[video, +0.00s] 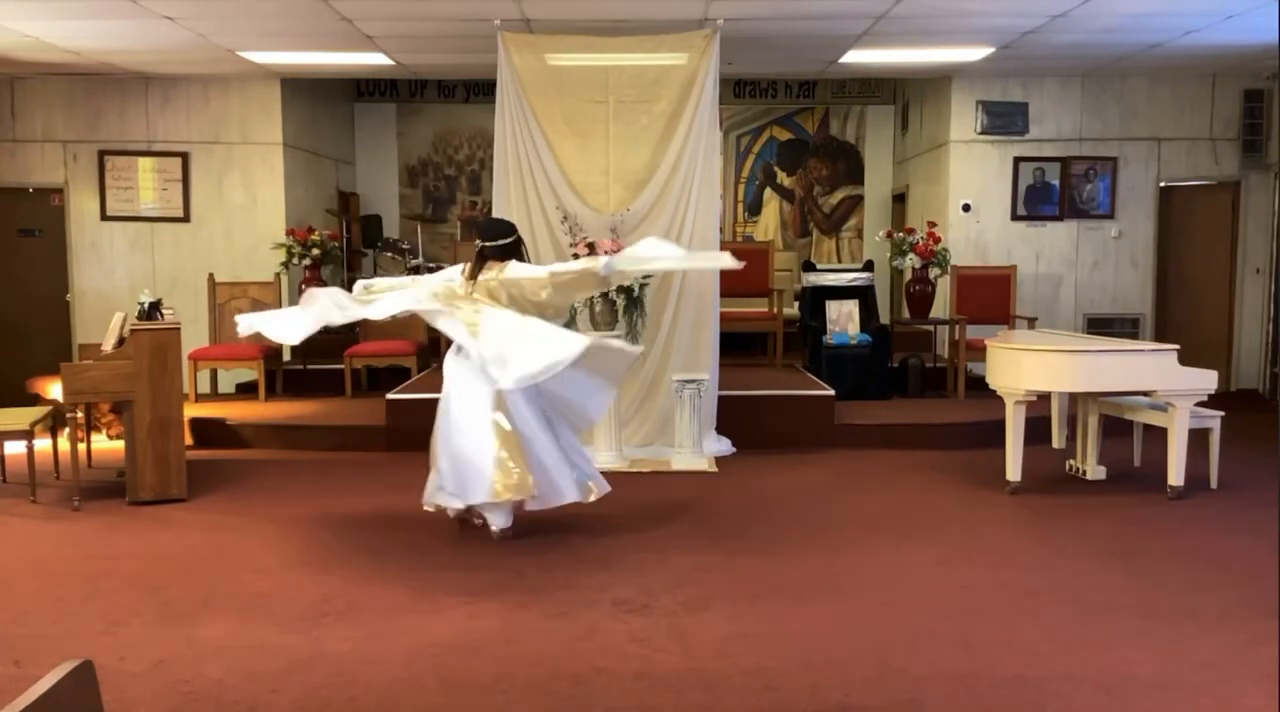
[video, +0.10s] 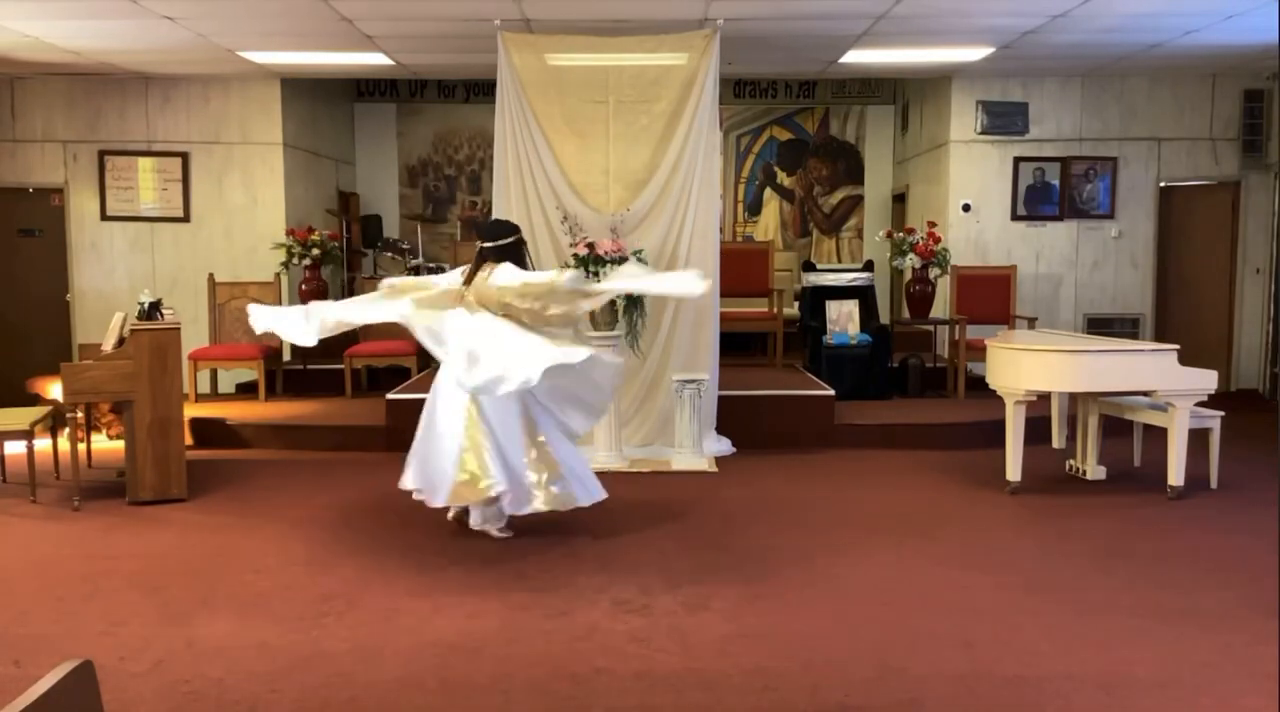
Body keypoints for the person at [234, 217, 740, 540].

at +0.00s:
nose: (509, 261)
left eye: (501, 255)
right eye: (510, 255)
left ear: (477, 253)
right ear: (509, 254)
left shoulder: (453, 285)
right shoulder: (518, 281)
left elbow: (403, 295)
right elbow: (566, 276)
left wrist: (354, 298)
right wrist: (609, 261)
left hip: (465, 372)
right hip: (507, 372)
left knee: (462, 432)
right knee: (504, 434)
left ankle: (464, 501)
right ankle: (499, 512)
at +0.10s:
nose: (518, 262)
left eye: (511, 254)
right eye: (516, 255)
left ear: (481, 249)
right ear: (508, 252)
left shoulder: (462, 281)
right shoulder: (504, 280)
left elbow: (413, 289)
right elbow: (550, 291)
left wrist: (384, 289)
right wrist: (598, 288)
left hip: (465, 375)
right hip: (493, 377)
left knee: (471, 438)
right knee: (493, 439)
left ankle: (472, 506)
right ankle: (487, 511)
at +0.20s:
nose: (527, 258)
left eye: (518, 252)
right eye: (524, 252)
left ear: (489, 250)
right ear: (515, 251)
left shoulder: (474, 281)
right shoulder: (505, 283)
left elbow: (429, 296)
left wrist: (382, 305)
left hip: (461, 377)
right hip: (484, 380)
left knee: (468, 438)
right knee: (490, 442)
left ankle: (464, 500)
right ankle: (484, 512)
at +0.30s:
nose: (531, 255)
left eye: (527, 248)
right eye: (526, 249)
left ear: (496, 250)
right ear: (516, 252)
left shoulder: (504, 283)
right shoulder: (493, 285)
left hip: (498, 381)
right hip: (481, 384)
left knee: (499, 446)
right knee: (485, 448)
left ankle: (487, 511)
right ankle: (477, 516)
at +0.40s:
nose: (534, 257)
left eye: (532, 250)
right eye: (529, 251)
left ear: (503, 254)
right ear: (516, 255)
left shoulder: (529, 295)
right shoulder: (486, 284)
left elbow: (542, 341)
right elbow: (450, 306)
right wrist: (421, 315)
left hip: (511, 386)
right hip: (478, 387)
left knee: (514, 449)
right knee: (486, 450)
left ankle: (510, 515)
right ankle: (481, 518)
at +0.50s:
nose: (536, 256)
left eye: (535, 250)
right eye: (530, 251)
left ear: (521, 255)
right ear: (513, 256)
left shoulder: (534, 286)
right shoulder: (485, 284)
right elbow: (443, 305)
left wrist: (586, 275)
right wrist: (402, 316)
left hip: (527, 383)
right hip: (488, 384)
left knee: (534, 446)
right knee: (485, 447)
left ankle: (537, 515)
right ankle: (484, 517)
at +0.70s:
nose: (531, 257)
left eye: (535, 251)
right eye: (523, 252)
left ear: (540, 254)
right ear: (506, 256)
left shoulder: (551, 285)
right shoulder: (489, 285)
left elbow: (590, 286)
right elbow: (454, 314)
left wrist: (632, 284)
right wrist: (418, 330)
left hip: (540, 380)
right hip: (497, 381)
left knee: (540, 447)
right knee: (497, 449)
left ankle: (544, 511)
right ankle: (493, 517)